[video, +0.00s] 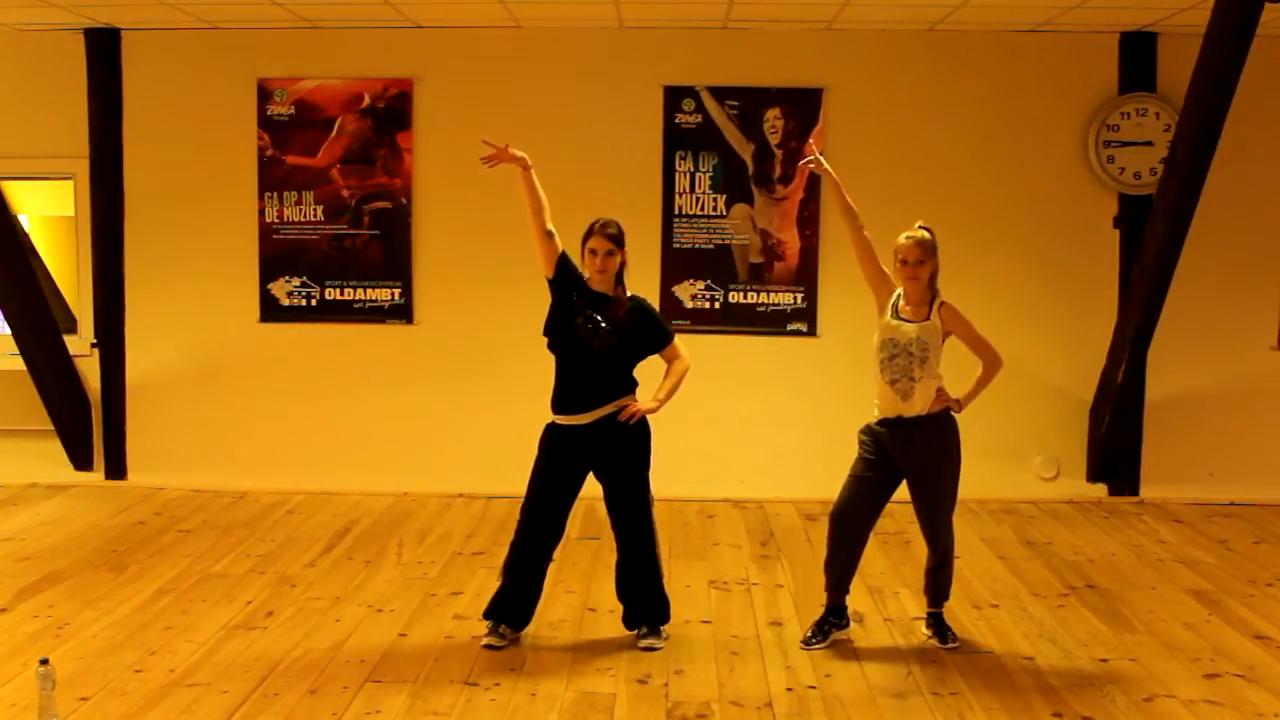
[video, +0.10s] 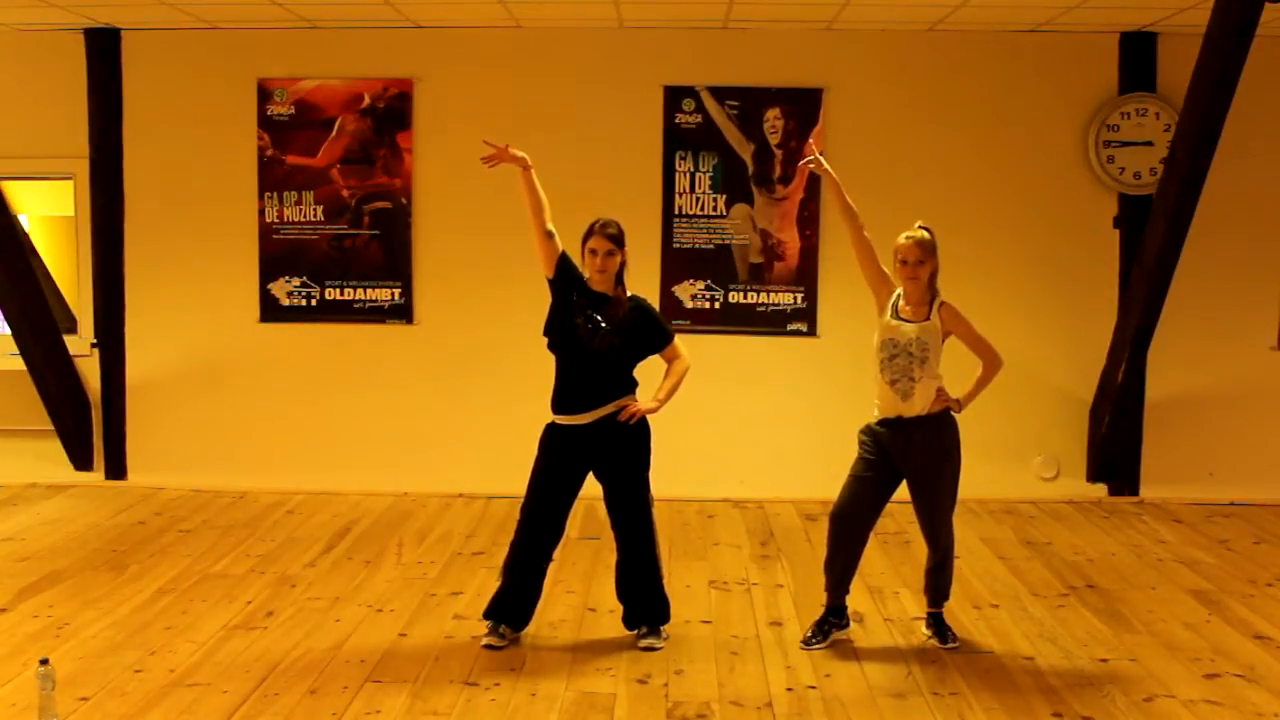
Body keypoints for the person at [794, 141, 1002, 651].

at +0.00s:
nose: (905, 268)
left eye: (914, 262)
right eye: (901, 261)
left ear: (932, 265)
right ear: (894, 263)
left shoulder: (943, 314)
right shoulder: (888, 299)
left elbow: (993, 361)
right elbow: (855, 227)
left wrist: (962, 401)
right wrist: (826, 171)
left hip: (933, 435)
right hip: (883, 435)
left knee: (939, 531)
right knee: (845, 519)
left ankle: (936, 615)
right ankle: (834, 612)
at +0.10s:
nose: (906, 269)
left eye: (914, 262)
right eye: (901, 262)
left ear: (932, 264)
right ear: (894, 263)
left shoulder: (943, 314)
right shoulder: (887, 299)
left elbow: (993, 361)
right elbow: (855, 227)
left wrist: (961, 401)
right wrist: (825, 170)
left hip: (933, 435)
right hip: (883, 435)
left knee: (939, 532)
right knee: (845, 519)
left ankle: (936, 615)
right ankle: (834, 612)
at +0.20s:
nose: (905, 268)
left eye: (914, 262)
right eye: (900, 261)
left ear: (932, 265)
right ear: (894, 263)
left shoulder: (943, 314)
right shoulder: (888, 299)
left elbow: (993, 361)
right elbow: (855, 228)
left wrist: (962, 401)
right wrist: (826, 171)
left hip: (933, 435)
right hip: (883, 435)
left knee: (939, 531)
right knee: (845, 519)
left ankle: (936, 615)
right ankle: (834, 612)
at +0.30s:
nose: (905, 268)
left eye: (914, 262)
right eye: (901, 261)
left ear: (932, 265)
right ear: (894, 263)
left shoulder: (943, 314)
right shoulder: (888, 299)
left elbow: (994, 361)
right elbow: (855, 228)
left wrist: (961, 401)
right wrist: (825, 170)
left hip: (933, 436)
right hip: (883, 436)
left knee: (939, 532)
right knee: (845, 519)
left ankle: (936, 615)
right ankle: (834, 612)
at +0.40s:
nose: (905, 268)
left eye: (914, 262)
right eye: (901, 261)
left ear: (932, 265)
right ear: (894, 263)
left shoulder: (943, 314)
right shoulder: (888, 299)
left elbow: (994, 361)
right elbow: (855, 228)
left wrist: (961, 401)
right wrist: (825, 171)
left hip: (933, 436)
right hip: (883, 436)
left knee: (939, 532)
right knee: (845, 519)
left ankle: (936, 615)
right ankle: (834, 612)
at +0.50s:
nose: (907, 269)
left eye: (916, 262)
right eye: (902, 262)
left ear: (934, 265)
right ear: (895, 263)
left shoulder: (944, 314)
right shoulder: (888, 299)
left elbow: (994, 362)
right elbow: (856, 228)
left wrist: (962, 402)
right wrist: (824, 173)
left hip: (933, 435)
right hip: (883, 435)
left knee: (939, 533)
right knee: (845, 519)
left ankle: (936, 615)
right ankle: (834, 612)